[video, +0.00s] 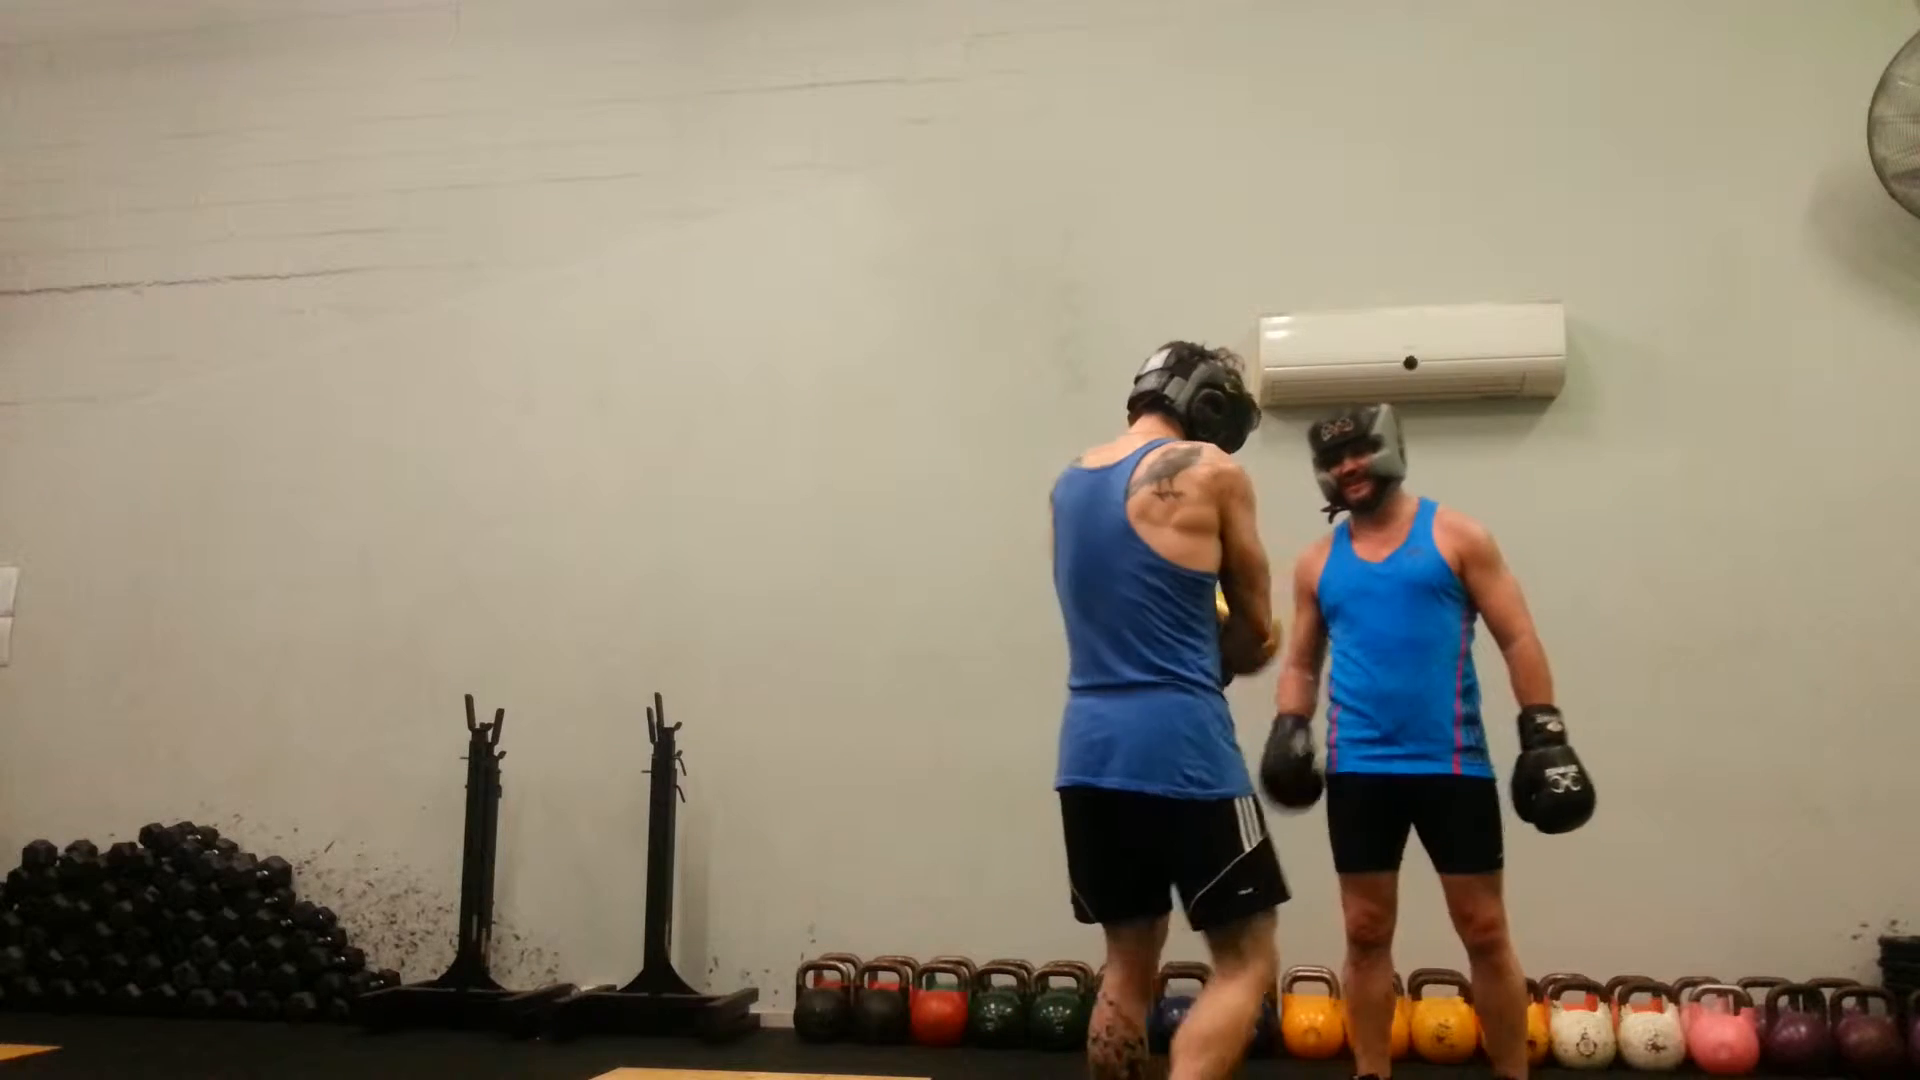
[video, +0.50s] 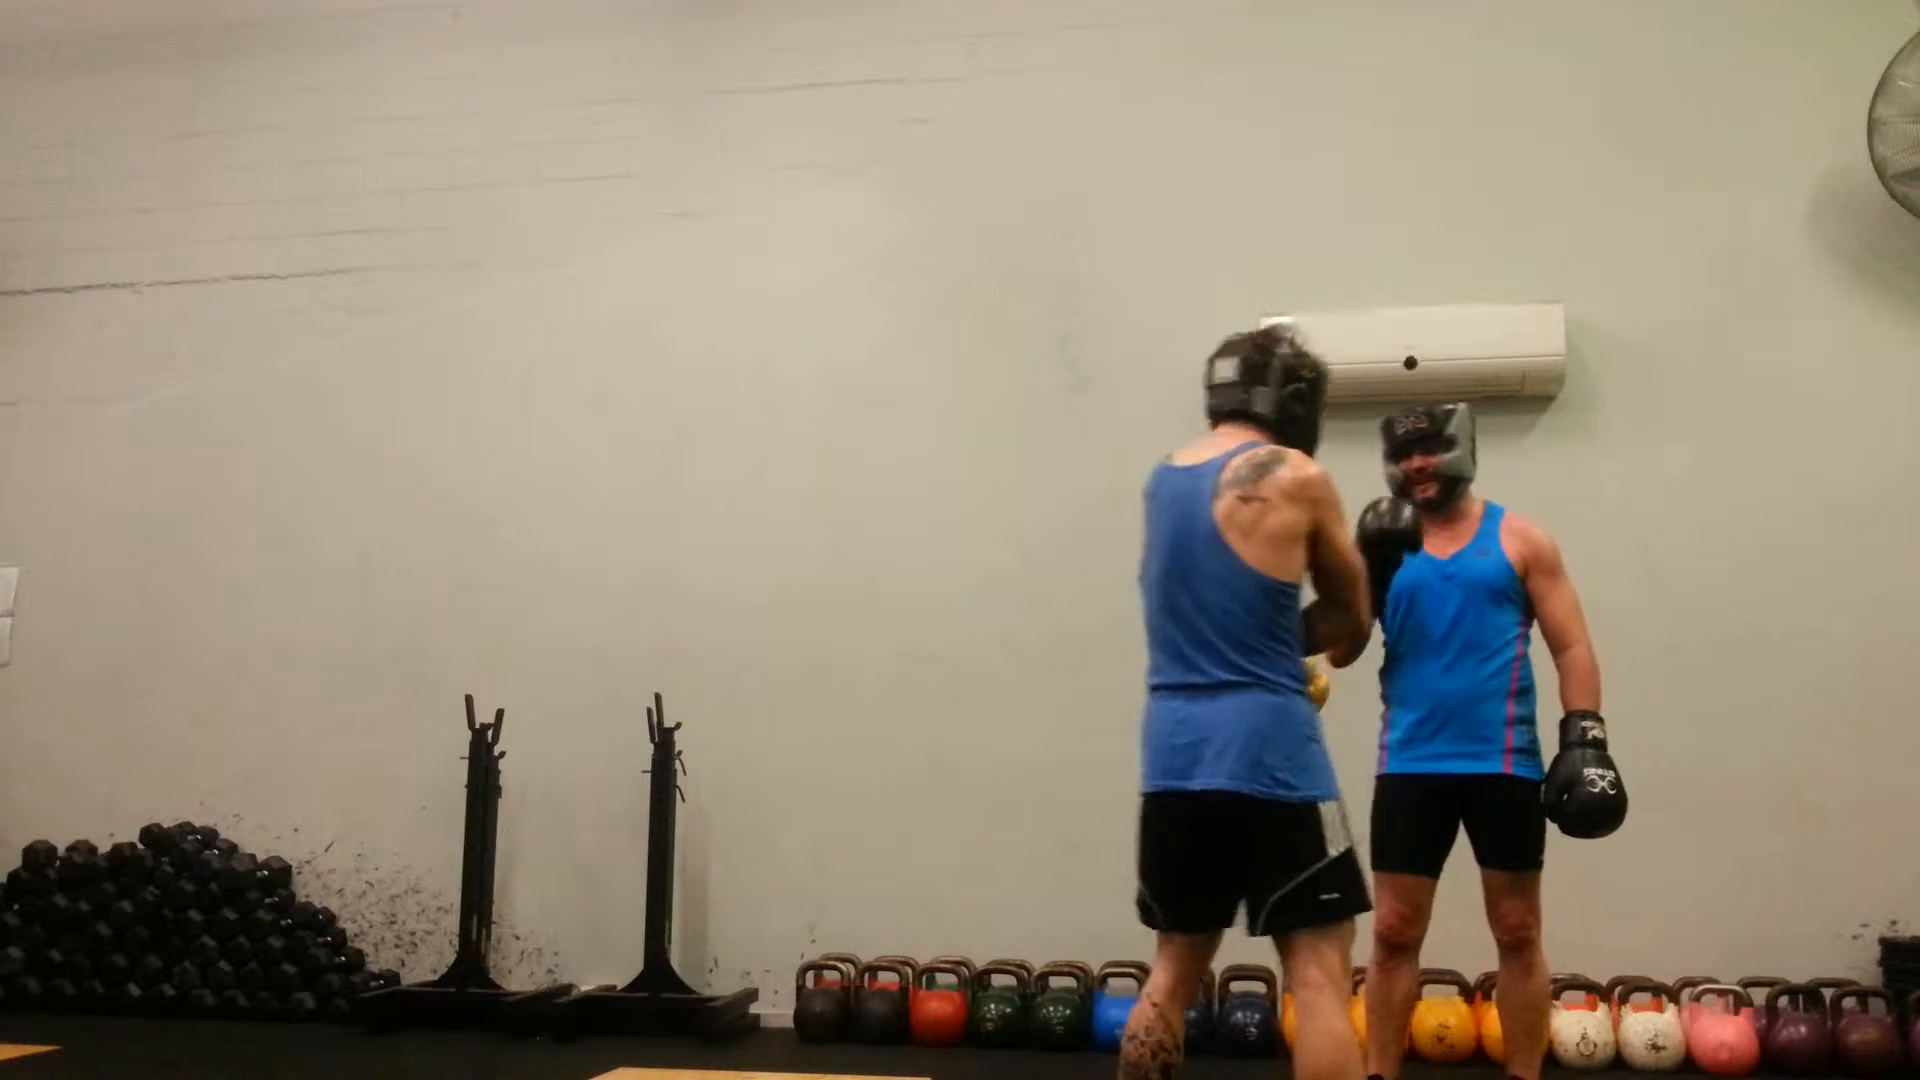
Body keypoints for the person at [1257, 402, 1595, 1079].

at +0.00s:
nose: (1352, 468)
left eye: (1364, 452)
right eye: (1336, 460)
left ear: (1394, 453)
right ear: (1323, 474)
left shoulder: (1458, 537)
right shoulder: (1317, 563)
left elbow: (1516, 636)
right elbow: (1300, 663)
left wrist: (1545, 735)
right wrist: (1290, 729)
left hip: (1452, 767)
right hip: (1358, 772)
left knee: (1485, 932)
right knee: (1365, 934)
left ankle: (1512, 1073)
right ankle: (1371, 1073)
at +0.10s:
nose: (1366, 472)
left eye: (1378, 456)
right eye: (1350, 464)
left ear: (1409, 454)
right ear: (1337, 475)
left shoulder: (1472, 537)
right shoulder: (1332, 561)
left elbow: (1531, 637)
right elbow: (1315, 658)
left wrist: (1555, 737)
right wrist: (1308, 702)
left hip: (1464, 767)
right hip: (1371, 770)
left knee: (1492, 933)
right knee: (1371, 932)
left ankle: (1515, 1074)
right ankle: (1374, 1074)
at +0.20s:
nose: (1380, 466)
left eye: (1393, 449)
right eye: (1364, 457)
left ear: (1424, 452)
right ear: (1351, 472)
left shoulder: (1487, 537)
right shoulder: (1345, 559)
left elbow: (1543, 639)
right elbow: (1323, 671)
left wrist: (1564, 737)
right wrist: (1326, 651)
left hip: (1475, 765)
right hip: (1382, 769)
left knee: (1500, 932)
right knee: (1377, 931)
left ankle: (1519, 1074)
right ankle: (1375, 1075)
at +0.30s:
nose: (1394, 467)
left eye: (1407, 452)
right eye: (1378, 458)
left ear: (1438, 453)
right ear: (1364, 471)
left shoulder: (1499, 538)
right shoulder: (1357, 555)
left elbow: (1554, 641)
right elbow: (1326, 667)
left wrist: (1570, 738)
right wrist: (1340, 617)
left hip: (1486, 766)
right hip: (1393, 768)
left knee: (1507, 933)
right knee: (1383, 932)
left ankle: (1521, 1074)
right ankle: (1378, 1075)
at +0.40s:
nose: (1407, 465)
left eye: (1421, 449)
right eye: (1393, 455)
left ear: (1452, 452)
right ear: (1380, 469)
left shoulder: (1509, 538)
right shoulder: (1376, 546)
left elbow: (1563, 643)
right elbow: (1333, 657)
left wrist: (1576, 738)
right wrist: (1354, 583)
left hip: (1496, 765)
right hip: (1402, 767)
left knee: (1512, 932)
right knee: (1389, 932)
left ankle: (1523, 1073)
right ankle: (1379, 1074)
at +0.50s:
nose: (1418, 464)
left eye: (1432, 449)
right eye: (1403, 453)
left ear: (1463, 453)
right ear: (1389, 467)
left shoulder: (1519, 540)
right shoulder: (1386, 547)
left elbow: (1572, 645)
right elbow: (1339, 646)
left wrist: (1584, 742)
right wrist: (1366, 562)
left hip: (1503, 765)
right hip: (1411, 767)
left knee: (1517, 932)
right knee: (1394, 932)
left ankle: (1525, 1074)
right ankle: (1380, 1073)